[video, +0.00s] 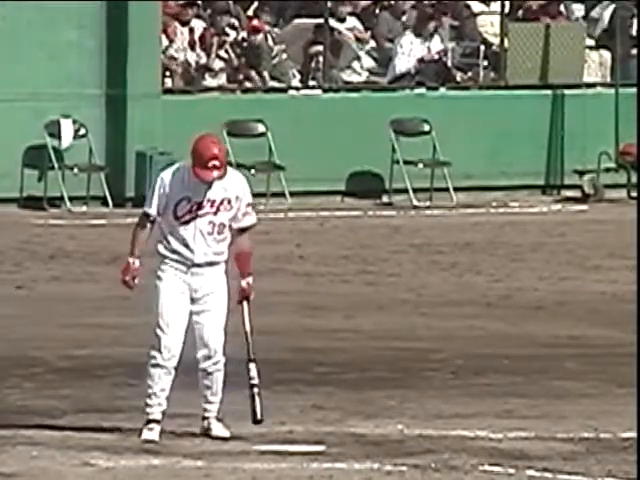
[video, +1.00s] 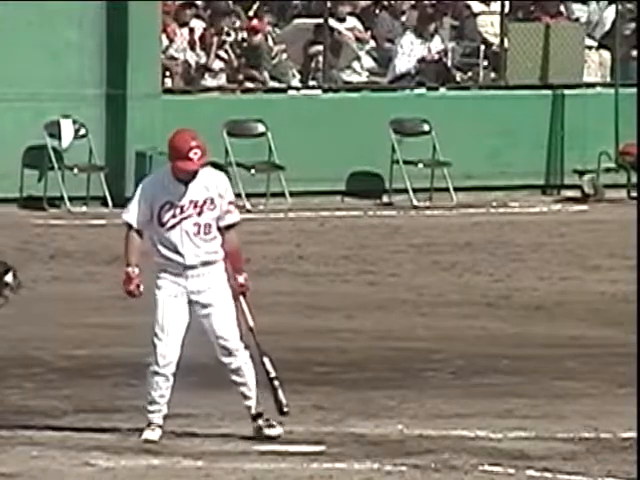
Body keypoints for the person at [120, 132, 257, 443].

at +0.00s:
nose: (214, 173)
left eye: (218, 167)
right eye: (207, 168)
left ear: (224, 160)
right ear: (193, 162)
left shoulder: (236, 183)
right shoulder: (169, 179)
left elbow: (242, 233)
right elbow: (146, 221)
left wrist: (246, 276)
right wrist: (133, 257)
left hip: (212, 274)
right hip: (173, 273)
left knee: (212, 349)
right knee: (167, 347)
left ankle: (211, 417)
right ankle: (153, 419)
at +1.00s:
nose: (195, 170)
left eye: (198, 164)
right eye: (188, 166)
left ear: (202, 157)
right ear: (172, 162)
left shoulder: (215, 180)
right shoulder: (151, 186)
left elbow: (229, 229)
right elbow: (134, 227)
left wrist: (239, 272)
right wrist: (132, 267)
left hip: (211, 275)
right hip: (170, 278)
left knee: (230, 345)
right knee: (164, 354)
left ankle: (257, 413)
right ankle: (154, 422)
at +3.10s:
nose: (225, 150)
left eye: (225, 144)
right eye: (218, 145)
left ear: (223, 147)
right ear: (199, 148)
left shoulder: (235, 180)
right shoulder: (175, 183)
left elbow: (248, 225)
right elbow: (162, 233)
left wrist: (221, 217)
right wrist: (187, 212)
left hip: (224, 276)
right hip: (186, 277)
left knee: (243, 351)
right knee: (173, 356)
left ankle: (268, 421)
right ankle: (155, 421)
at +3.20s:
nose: (228, 150)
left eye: (228, 145)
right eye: (221, 145)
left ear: (223, 148)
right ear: (203, 149)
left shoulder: (236, 179)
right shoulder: (181, 184)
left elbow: (256, 223)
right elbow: (175, 235)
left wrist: (234, 215)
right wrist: (202, 215)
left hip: (226, 276)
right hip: (189, 278)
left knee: (245, 351)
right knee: (175, 356)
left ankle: (268, 421)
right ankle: (155, 421)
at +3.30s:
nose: (231, 151)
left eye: (231, 145)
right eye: (224, 146)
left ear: (227, 149)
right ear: (206, 151)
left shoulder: (236, 177)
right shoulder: (188, 186)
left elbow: (259, 220)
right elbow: (194, 234)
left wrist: (249, 213)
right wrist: (220, 217)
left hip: (228, 277)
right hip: (192, 279)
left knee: (245, 350)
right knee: (178, 354)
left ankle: (268, 421)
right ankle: (156, 421)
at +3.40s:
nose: (235, 152)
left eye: (235, 147)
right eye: (229, 148)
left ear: (222, 151)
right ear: (211, 152)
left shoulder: (236, 177)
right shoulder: (196, 190)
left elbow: (260, 217)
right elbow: (215, 239)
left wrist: (266, 213)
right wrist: (246, 220)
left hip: (228, 277)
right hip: (194, 280)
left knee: (246, 351)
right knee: (181, 356)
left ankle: (268, 421)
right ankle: (156, 422)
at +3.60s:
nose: (242, 153)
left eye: (242, 148)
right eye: (236, 149)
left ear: (234, 152)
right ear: (218, 153)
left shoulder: (240, 180)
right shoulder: (207, 186)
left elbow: (255, 222)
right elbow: (240, 236)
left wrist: (285, 223)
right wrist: (280, 227)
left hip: (230, 279)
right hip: (198, 278)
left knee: (248, 351)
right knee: (184, 354)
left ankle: (268, 420)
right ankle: (156, 421)